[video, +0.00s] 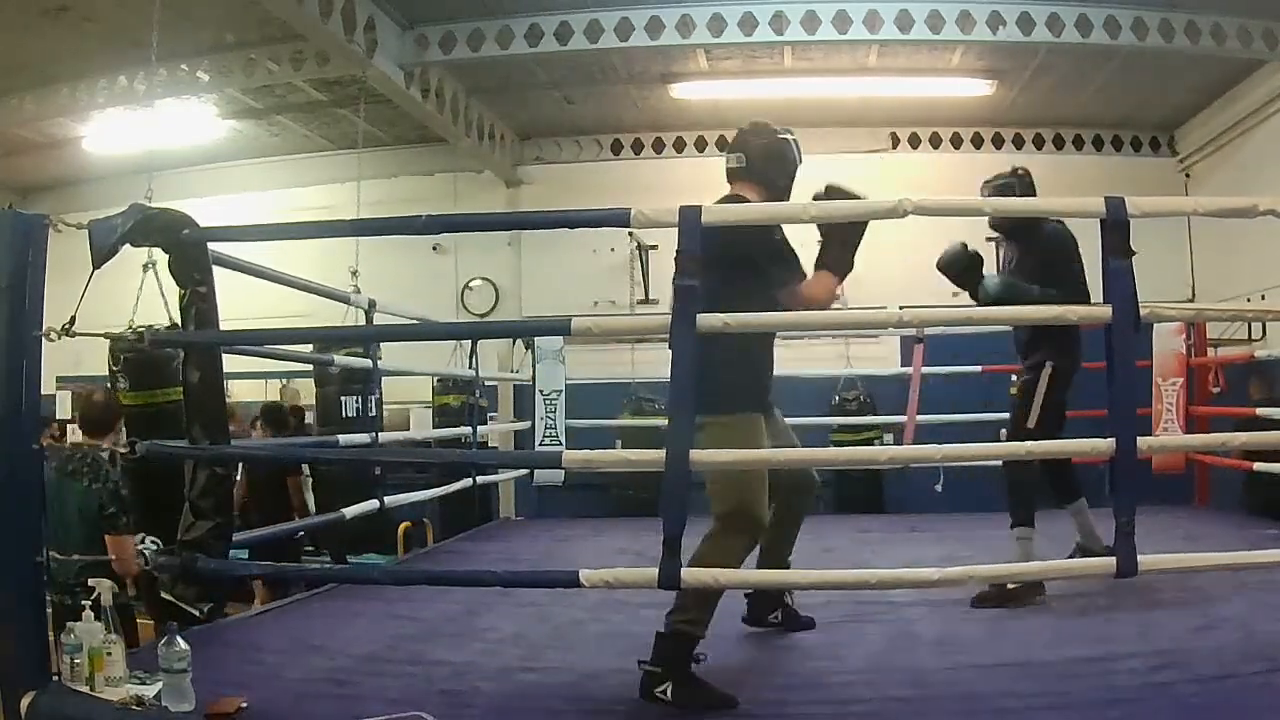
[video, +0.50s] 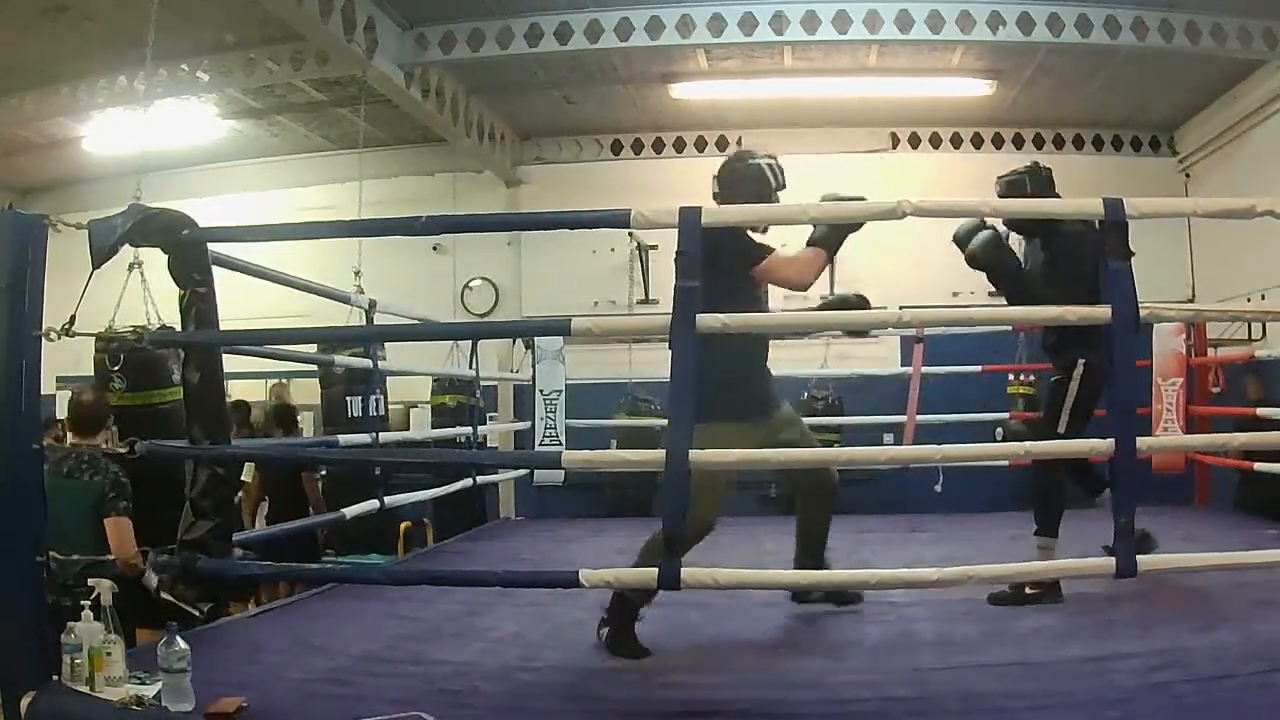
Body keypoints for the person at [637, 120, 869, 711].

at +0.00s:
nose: (794, 183)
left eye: (793, 174)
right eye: (792, 173)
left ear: (737, 167)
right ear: (781, 172)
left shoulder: (718, 222)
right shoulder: (752, 223)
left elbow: (789, 295)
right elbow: (811, 298)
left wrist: (828, 243)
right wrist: (842, 237)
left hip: (742, 398)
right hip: (729, 401)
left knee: (796, 487)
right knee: (740, 521)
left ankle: (767, 600)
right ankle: (670, 663)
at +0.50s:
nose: (770, 208)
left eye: (771, 199)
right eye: (765, 198)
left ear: (729, 192)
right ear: (745, 195)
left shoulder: (736, 241)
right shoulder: (717, 238)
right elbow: (799, 275)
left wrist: (825, 239)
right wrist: (831, 232)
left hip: (760, 401)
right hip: (715, 407)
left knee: (818, 476)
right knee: (697, 517)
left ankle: (809, 574)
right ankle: (620, 614)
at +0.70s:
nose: (802, 221)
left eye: (805, 214)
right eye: (796, 213)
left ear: (804, 214)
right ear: (771, 208)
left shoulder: (802, 253)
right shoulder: (735, 253)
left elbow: (870, 262)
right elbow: (785, 304)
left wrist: (926, 232)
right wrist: (810, 258)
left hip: (793, 406)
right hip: (737, 408)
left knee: (836, 489)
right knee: (697, 505)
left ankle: (841, 577)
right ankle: (647, 605)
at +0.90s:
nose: (834, 225)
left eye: (835, 217)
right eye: (830, 216)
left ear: (811, 216)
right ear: (807, 214)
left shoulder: (828, 268)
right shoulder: (763, 263)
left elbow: (886, 288)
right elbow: (797, 316)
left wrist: (932, 256)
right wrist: (833, 271)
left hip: (816, 407)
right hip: (762, 411)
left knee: (871, 476)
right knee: (751, 501)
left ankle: (890, 557)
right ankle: (714, 586)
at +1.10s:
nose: (871, 255)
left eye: (870, 249)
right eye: (868, 247)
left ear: (835, 242)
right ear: (856, 243)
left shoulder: (841, 298)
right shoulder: (829, 269)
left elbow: (867, 355)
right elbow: (880, 277)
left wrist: (907, 330)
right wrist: (922, 248)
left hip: (828, 410)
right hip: (798, 407)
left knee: (870, 476)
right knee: (787, 498)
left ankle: (888, 566)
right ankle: (701, 563)